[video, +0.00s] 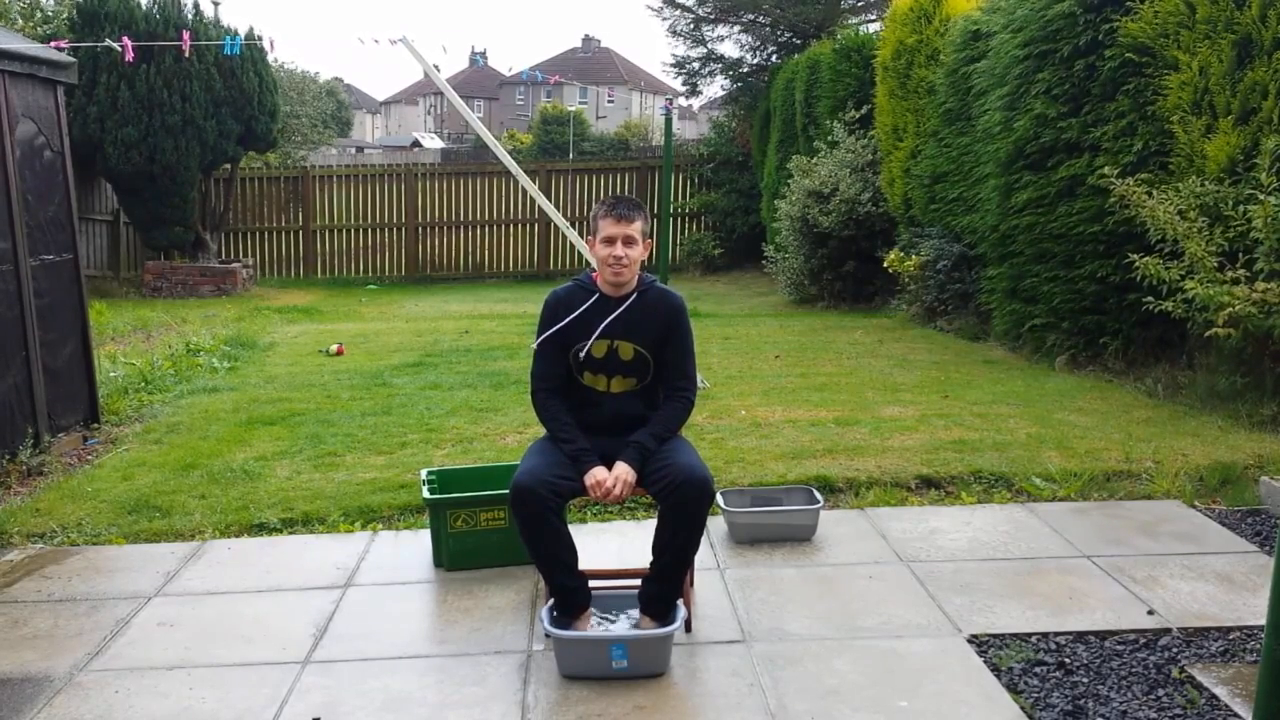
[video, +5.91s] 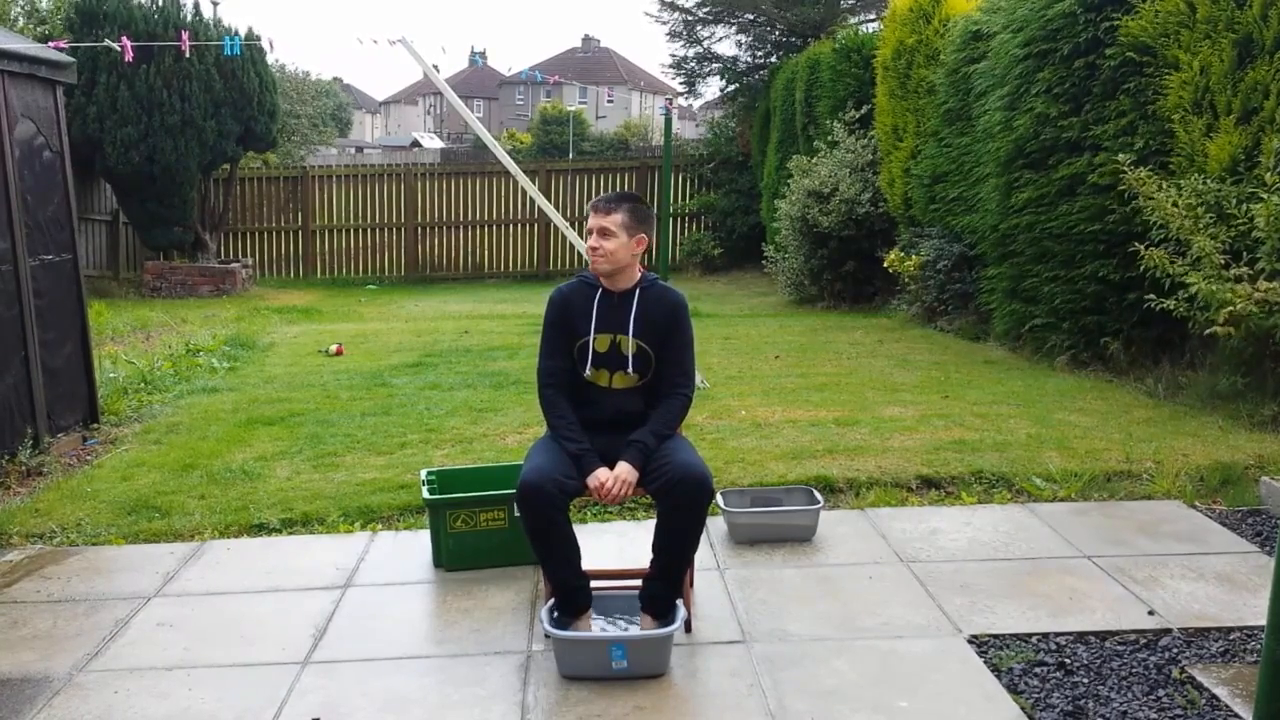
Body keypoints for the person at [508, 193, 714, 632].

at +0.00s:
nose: (618, 252)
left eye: (629, 242)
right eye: (608, 241)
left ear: (646, 249)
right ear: (590, 246)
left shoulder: (667, 307)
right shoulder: (562, 303)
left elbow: (681, 394)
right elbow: (545, 392)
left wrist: (633, 457)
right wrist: (587, 462)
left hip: (649, 436)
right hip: (574, 438)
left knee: (694, 485)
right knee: (528, 489)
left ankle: (657, 606)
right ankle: (573, 605)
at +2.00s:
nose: (617, 249)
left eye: (628, 239)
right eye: (606, 239)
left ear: (644, 248)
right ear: (589, 246)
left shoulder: (666, 306)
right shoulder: (562, 304)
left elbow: (680, 395)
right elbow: (544, 392)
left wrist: (632, 458)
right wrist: (587, 461)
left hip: (648, 435)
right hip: (574, 437)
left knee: (693, 485)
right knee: (528, 489)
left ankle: (657, 606)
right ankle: (573, 606)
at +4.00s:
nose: (647, 246)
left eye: (658, 237)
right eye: (638, 236)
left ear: (675, 248)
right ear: (622, 243)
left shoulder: (689, 311)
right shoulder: (587, 296)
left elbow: (687, 400)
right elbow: (555, 381)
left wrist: (629, 456)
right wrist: (584, 458)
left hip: (651, 434)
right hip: (579, 431)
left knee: (691, 486)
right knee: (532, 482)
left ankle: (656, 605)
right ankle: (571, 605)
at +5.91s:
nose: (593, 243)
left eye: (606, 234)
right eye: (590, 233)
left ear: (640, 245)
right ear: (584, 237)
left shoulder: (668, 304)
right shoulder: (566, 301)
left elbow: (678, 393)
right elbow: (552, 391)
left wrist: (635, 457)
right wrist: (589, 462)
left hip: (648, 434)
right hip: (576, 435)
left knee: (693, 483)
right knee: (534, 487)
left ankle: (657, 605)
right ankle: (574, 606)